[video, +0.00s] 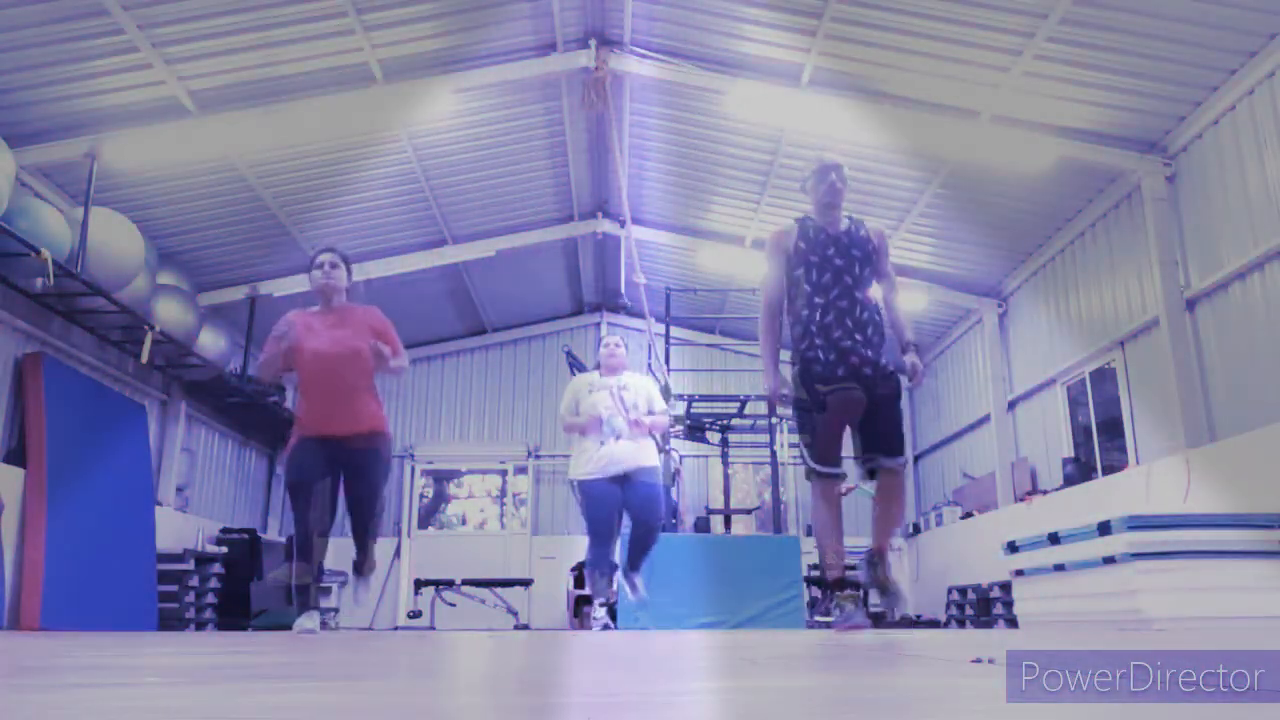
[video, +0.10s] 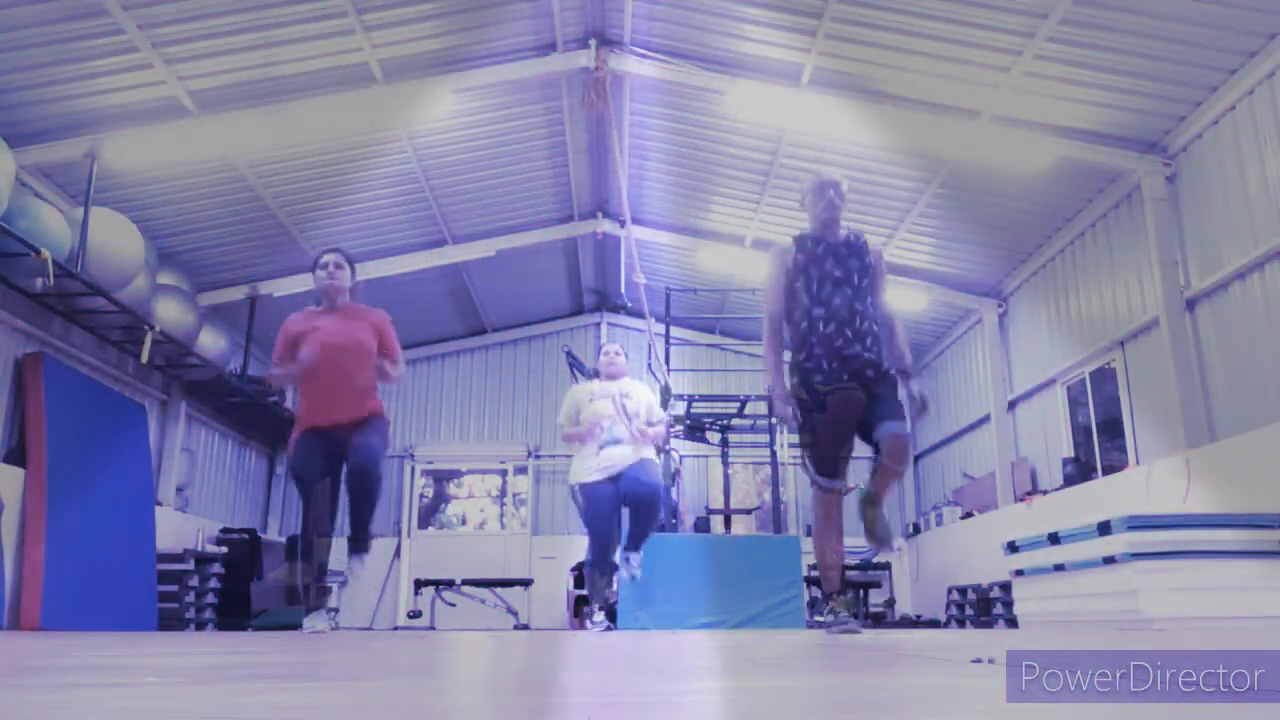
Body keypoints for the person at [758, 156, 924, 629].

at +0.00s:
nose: (833, 183)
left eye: (839, 178)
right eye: (824, 178)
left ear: (847, 188)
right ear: (808, 189)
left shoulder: (871, 237)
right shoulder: (787, 238)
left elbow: (891, 298)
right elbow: (771, 307)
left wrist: (907, 345)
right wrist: (771, 371)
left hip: (875, 361)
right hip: (818, 363)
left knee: (891, 468)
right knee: (827, 479)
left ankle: (879, 562)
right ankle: (838, 592)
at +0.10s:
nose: (832, 203)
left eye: (838, 196)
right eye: (823, 196)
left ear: (846, 205)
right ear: (807, 205)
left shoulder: (867, 253)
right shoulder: (790, 254)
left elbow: (885, 316)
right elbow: (773, 323)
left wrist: (908, 374)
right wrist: (776, 386)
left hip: (873, 373)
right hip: (820, 377)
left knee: (898, 444)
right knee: (830, 491)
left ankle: (872, 499)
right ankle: (835, 599)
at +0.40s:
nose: (835, 196)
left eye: (842, 191)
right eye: (827, 191)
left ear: (851, 203)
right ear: (813, 204)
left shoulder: (873, 253)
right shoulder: (791, 251)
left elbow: (893, 309)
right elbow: (767, 313)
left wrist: (906, 361)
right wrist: (782, 359)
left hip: (864, 373)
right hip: (809, 375)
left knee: (877, 445)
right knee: (815, 488)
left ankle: (873, 552)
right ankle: (826, 591)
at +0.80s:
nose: (839, 213)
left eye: (846, 207)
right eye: (832, 207)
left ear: (856, 217)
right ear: (819, 217)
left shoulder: (874, 266)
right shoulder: (797, 264)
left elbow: (894, 323)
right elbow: (773, 323)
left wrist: (894, 371)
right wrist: (771, 381)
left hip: (856, 390)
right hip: (803, 390)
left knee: (859, 491)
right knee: (804, 484)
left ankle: (860, 594)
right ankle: (802, 571)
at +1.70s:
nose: (805, 260)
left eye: (810, 254)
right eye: (799, 253)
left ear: (818, 259)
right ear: (788, 259)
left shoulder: (839, 306)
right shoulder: (768, 301)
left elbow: (863, 362)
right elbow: (753, 357)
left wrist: (878, 410)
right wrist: (757, 408)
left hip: (839, 407)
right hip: (793, 411)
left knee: (855, 451)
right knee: (801, 509)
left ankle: (844, 519)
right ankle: (806, 598)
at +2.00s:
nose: (813, 249)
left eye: (819, 243)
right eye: (806, 243)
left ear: (826, 252)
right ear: (794, 251)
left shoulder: (842, 297)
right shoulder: (772, 295)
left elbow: (863, 349)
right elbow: (751, 347)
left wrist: (871, 395)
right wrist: (766, 387)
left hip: (839, 404)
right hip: (790, 406)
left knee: (851, 475)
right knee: (795, 499)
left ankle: (849, 578)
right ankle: (800, 594)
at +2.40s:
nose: (826, 244)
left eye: (832, 239)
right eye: (819, 238)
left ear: (841, 249)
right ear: (806, 248)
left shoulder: (855, 296)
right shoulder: (784, 295)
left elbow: (875, 349)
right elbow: (763, 347)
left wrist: (876, 396)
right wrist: (759, 398)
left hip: (841, 404)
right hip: (793, 400)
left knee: (843, 500)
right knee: (803, 469)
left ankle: (846, 597)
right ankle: (794, 533)